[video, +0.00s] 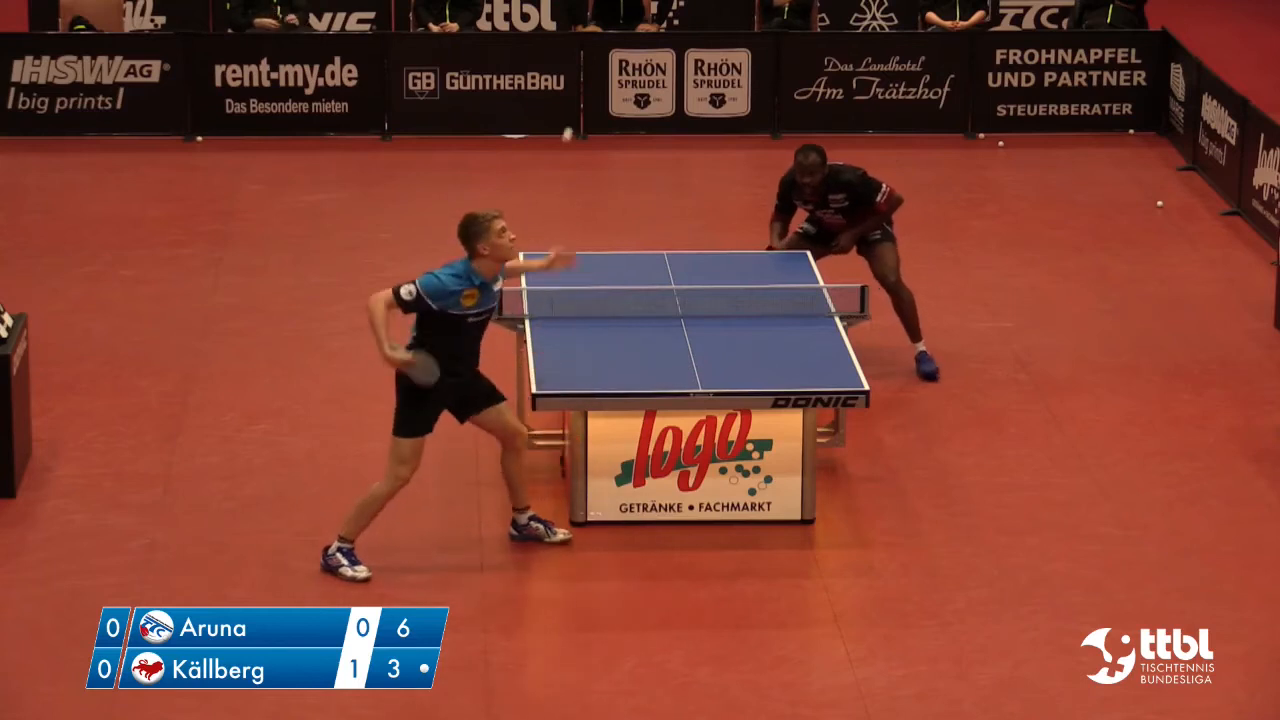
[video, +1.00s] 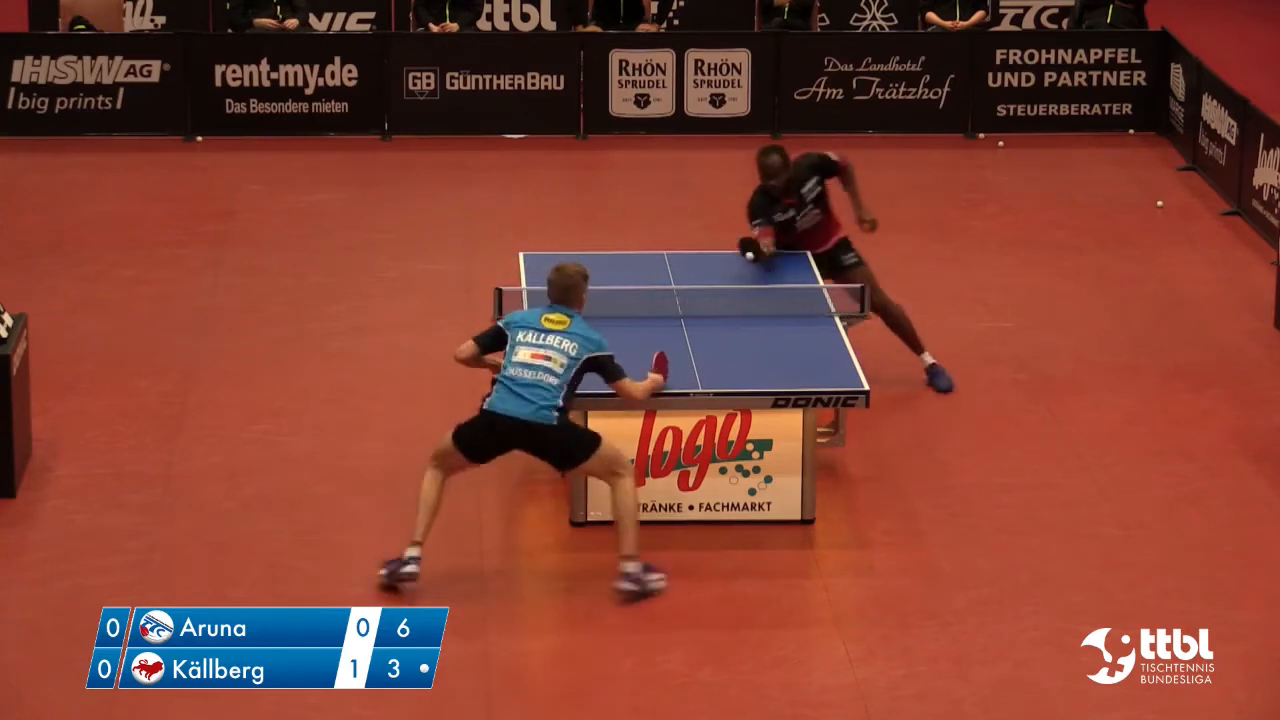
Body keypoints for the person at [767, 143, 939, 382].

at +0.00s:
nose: (806, 180)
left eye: (812, 174)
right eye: (801, 174)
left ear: (824, 170)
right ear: (794, 169)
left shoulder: (849, 178)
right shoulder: (790, 183)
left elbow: (893, 200)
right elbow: (781, 215)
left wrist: (854, 234)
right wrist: (776, 241)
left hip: (868, 226)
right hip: (823, 227)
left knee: (890, 281)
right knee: (780, 261)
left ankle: (921, 350)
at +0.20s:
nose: (822, 177)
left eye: (828, 171)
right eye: (818, 171)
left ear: (841, 167)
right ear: (811, 168)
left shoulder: (865, 180)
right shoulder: (807, 186)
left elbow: (908, 207)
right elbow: (795, 221)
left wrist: (867, 239)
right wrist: (783, 234)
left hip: (879, 233)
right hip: (837, 234)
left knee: (901, 290)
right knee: (794, 273)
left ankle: (924, 354)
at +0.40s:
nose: (830, 145)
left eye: (836, 139)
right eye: (826, 139)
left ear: (849, 136)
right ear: (820, 137)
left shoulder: (876, 152)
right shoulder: (820, 161)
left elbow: (920, 179)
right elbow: (816, 203)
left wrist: (884, 217)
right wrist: (791, 213)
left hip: (895, 224)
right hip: (850, 223)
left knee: (907, 294)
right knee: (803, 276)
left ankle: (928, 352)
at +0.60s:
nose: (825, 153)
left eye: (831, 147)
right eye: (820, 147)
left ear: (846, 142)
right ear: (815, 145)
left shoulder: (876, 157)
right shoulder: (819, 175)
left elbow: (921, 183)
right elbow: (808, 223)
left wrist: (888, 226)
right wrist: (780, 230)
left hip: (900, 234)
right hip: (855, 236)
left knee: (914, 303)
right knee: (811, 287)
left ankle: (942, 364)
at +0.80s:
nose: (809, 165)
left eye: (815, 158)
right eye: (806, 159)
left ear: (831, 151)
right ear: (801, 154)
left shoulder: (864, 159)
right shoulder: (804, 184)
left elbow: (911, 169)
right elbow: (793, 231)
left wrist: (911, 217)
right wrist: (768, 242)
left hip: (882, 239)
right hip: (838, 241)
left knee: (908, 307)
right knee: (799, 287)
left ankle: (941, 363)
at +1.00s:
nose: (774, 184)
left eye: (778, 177)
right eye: (767, 179)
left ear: (788, 167)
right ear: (760, 176)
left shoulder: (809, 165)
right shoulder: (760, 200)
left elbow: (844, 168)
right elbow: (766, 239)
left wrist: (860, 210)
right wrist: (764, 249)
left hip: (834, 247)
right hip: (797, 261)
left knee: (879, 302)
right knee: (791, 318)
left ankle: (928, 362)